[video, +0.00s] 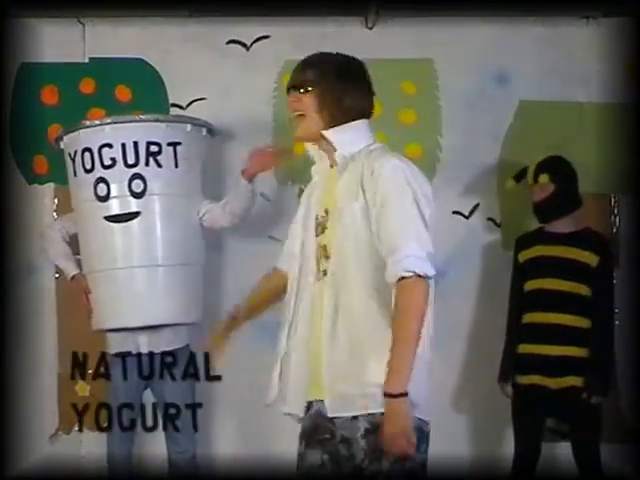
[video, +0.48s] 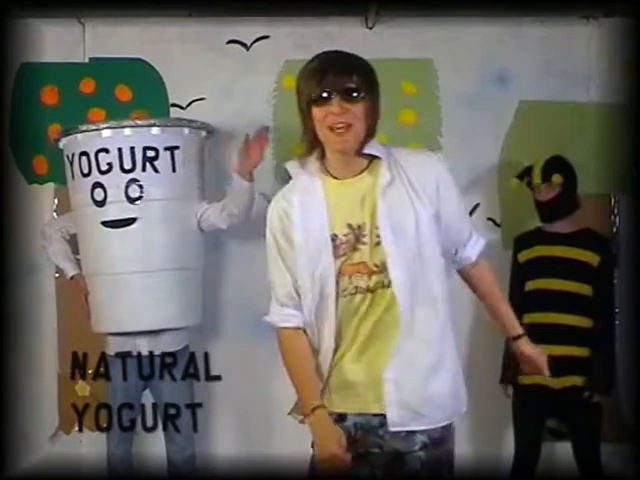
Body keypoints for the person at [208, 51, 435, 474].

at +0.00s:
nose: (292, 102)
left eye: (303, 89)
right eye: (291, 92)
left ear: (340, 95)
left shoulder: (387, 171)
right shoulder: (318, 185)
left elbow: (414, 280)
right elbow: (288, 270)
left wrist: (396, 396)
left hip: (380, 414)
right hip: (322, 410)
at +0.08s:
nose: (303, 102)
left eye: (316, 87)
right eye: (296, 93)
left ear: (351, 95)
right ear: (292, 107)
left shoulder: (397, 172)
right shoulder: (306, 191)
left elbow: (424, 284)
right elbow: (284, 291)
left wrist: (382, 383)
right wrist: (250, 368)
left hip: (391, 410)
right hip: (322, 412)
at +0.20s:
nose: (320, 106)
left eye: (332, 91)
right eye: (307, 96)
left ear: (359, 101)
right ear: (297, 111)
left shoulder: (411, 172)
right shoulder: (294, 196)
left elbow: (442, 276)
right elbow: (290, 305)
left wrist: (421, 364)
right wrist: (288, 391)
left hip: (403, 405)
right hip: (328, 410)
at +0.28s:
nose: (325, 105)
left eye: (338, 91)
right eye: (312, 94)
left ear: (363, 102)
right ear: (299, 107)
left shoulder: (414, 172)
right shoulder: (287, 197)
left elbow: (455, 274)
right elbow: (290, 303)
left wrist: (474, 368)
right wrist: (302, 390)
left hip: (413, 405)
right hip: (336, 409)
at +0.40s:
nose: (330, 106)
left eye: (344, 93)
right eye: (317, 94)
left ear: (366, 105)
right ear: (301, 109)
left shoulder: (419, 173)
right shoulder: (283, 203)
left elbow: (470, 264)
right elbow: (285, 313)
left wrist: (517, 348)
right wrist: (314, 401)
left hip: (421, 413)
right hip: (338, 418)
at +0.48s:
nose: (337, 110)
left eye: (351, 96)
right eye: (323, 99)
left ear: (373, 107)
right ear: (307, 113)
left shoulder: (426, 174)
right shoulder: (289, 206)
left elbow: (470, 257)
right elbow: (288, 320)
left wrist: (517, 337)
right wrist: (316, 417)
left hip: (424, 417)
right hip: (340, 421)